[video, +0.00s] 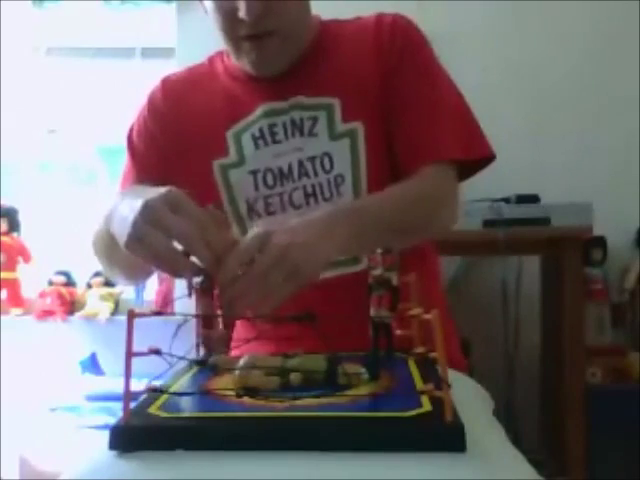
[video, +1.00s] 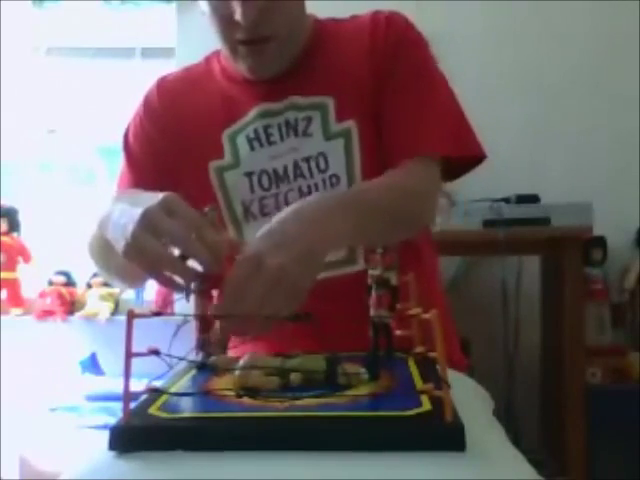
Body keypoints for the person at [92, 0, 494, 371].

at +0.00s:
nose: (245, 12)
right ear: (205, 4)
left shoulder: (386, 46)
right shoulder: (173, 104)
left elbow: (439, 202)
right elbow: (123, 266)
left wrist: (320, 236)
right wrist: (124, 214)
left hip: (403, 367)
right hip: (256, 377)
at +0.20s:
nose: (243, 15)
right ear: (203, 4)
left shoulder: (386, 46)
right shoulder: (172, 104)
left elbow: (437, 201)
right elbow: (122, 265)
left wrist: (317, 244)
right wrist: (123, 218)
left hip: (402, 378)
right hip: (245, 392)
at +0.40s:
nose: (242, 17)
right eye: (221, 1)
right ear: (202, 4)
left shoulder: (385, 46)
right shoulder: (171, 105)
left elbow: (433, 200)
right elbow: (122, 268)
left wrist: (327, 246)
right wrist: (121, 220)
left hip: (400, 379)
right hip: (242, 393)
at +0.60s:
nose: (241, 17)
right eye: (220, 1)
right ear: (201, 4)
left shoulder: (383, 45)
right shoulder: (170, 105)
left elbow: (433, 200)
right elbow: (123, 270)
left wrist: (328, 246)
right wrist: (120, 221)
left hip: (399, 379)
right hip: (242, 393)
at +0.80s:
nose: (240, 18)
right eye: (219, 1)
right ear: (200, 5)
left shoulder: (382, 45)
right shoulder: (169, 105)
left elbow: (432, 200)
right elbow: (122, 269)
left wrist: (329, 235)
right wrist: (118, 222)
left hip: (400, 379)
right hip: (243, 394)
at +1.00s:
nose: (243, 16)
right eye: (221, 0)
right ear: (204, 4)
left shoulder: (382, 44)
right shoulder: (169, 105)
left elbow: (417, 196)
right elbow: (122, 270)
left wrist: (313, 228)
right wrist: (118, 217)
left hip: (402, 376)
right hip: (246, 391)